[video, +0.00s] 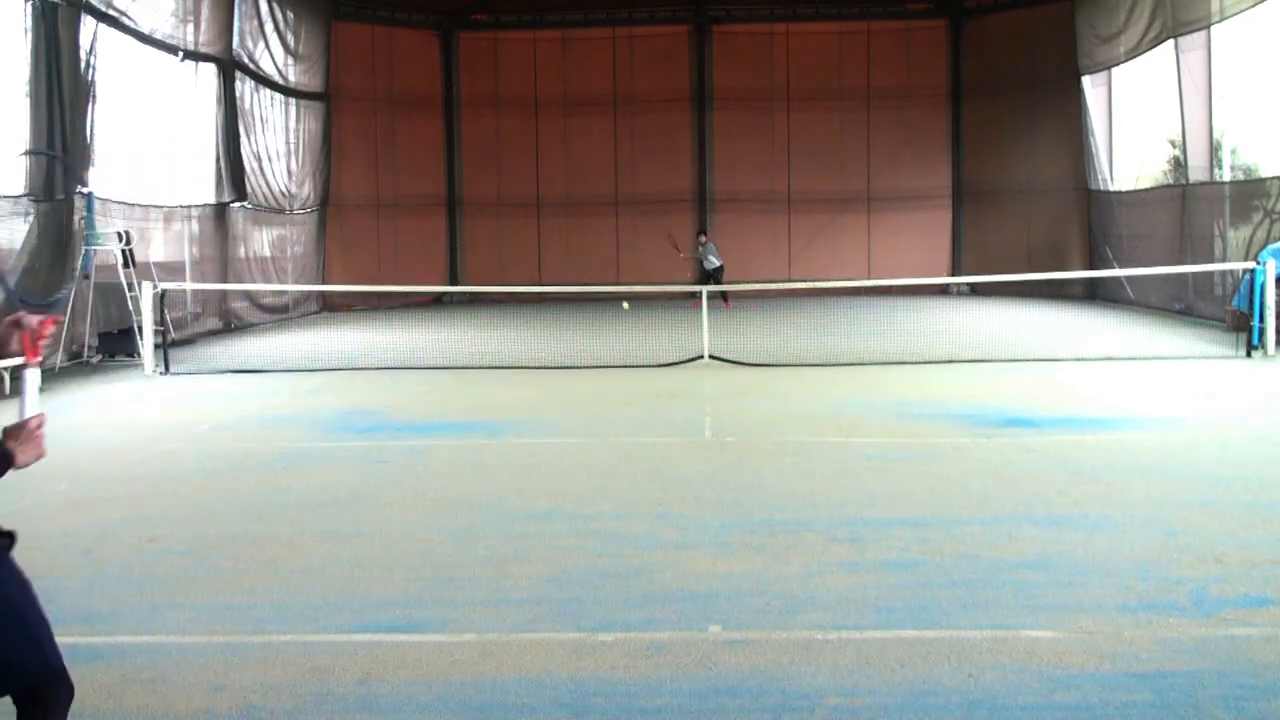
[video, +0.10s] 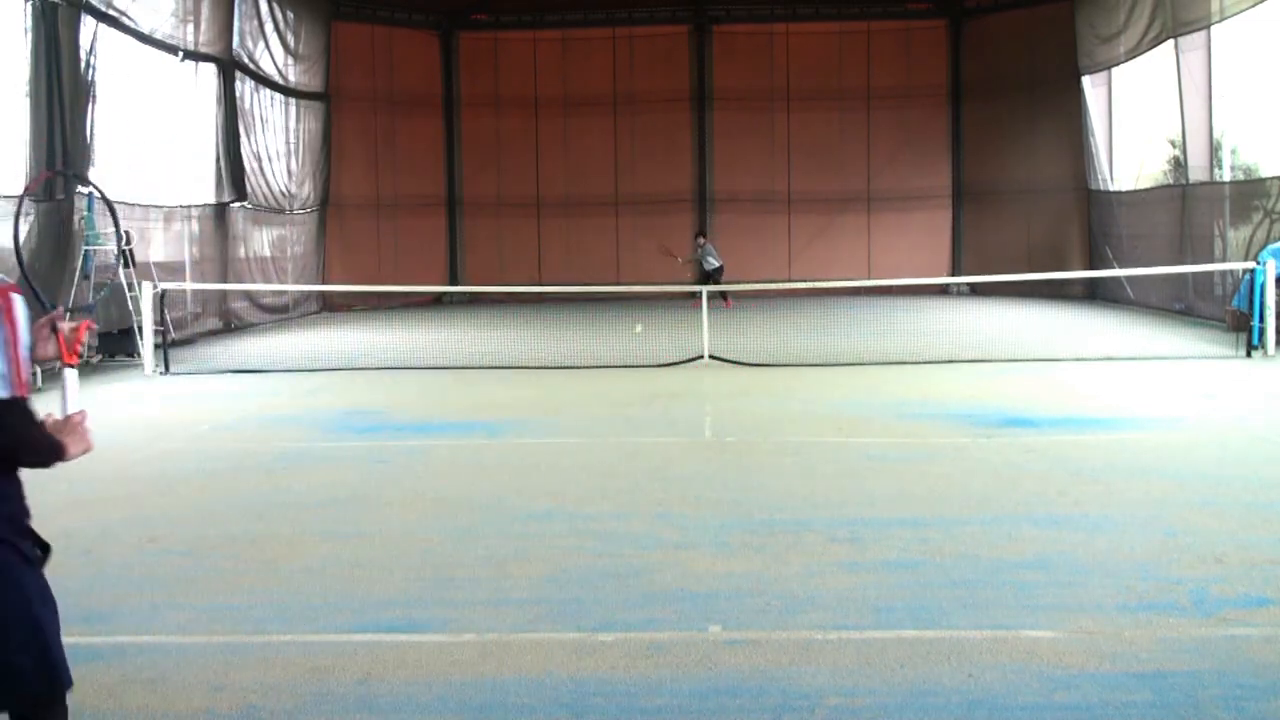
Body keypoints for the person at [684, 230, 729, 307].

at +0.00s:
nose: (701, 239)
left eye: (703, 237)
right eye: (699, 237)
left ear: (706, 237)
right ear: (698, 239)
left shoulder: (709, 246)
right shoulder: (701, 248)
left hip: (716, 267)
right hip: (707, 269)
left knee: (719, 284)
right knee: (701, 283)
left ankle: (726, 301)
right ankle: (701, 299)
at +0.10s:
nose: (699, 241)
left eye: (700, 239)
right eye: (697, 239)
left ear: (704, 239)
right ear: (696, 241)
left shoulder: (707, 247)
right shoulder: (700, 249)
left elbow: (699, 256)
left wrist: (688, 260)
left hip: (716, 268)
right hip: (707, 270)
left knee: (716, 283)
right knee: (701, 283)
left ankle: (726, 300)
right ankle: (701, 299)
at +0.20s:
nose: (698, 243)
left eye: (699, 240)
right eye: (696, 241)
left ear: (703, 241)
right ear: (695, 242)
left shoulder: (706, 249)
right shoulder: (700, 251)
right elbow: (695, 260)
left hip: (717, 269)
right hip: (708, 271)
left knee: (717, 284)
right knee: (701, 284)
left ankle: (722, 302)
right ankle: (701, 301)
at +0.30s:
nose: (698, 245)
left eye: (699, 242)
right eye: (696, 243)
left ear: (703, 243)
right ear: (694, 245)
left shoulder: (706, 251)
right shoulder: (699, 252)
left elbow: (697, 260)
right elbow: (694, 261)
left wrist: (685, 267)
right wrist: (688, 269)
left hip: (717, 269)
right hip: (707, 271)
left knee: (716, 284)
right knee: (699, 284)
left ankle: (721, 302)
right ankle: (700, 300)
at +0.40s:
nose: (697, 246)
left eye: (698, 244)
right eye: (696, 245)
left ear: (702, 243)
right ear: (695, 246)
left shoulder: (707, 251)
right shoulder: (700, 253)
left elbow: (699, 259)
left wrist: (690, 262)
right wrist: (697, 272)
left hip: (719, 270)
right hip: (710, 272)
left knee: (716, 284)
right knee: (701, 284)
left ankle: (721, 302)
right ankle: (705, 302)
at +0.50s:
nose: (700, 245)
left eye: (701, 243)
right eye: (698, 244)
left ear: (704, 243)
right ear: (696, 245)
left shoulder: (709, 250)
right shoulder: (701, 254)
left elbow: (718, 257)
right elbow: (703, 266)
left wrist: (725, 265)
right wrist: (701, 274)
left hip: (721, 270)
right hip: (712, 273)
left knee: (717, 284)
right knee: (702, 284)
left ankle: (721, 302)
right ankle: (706, 302)